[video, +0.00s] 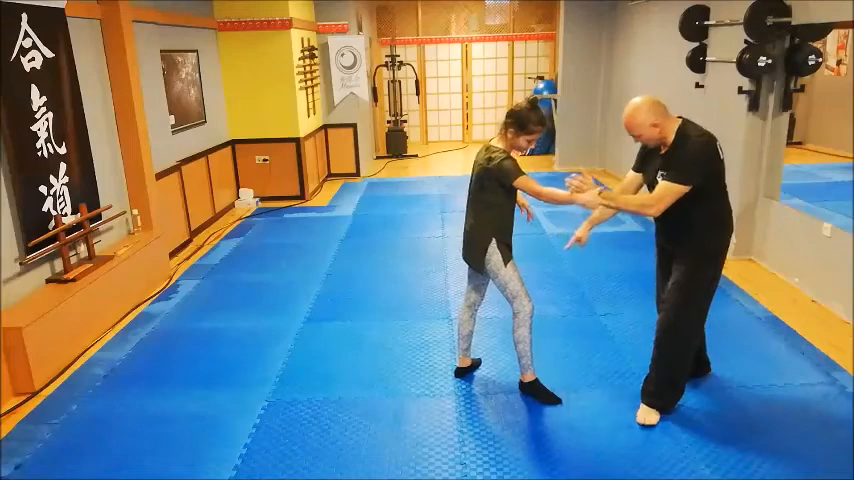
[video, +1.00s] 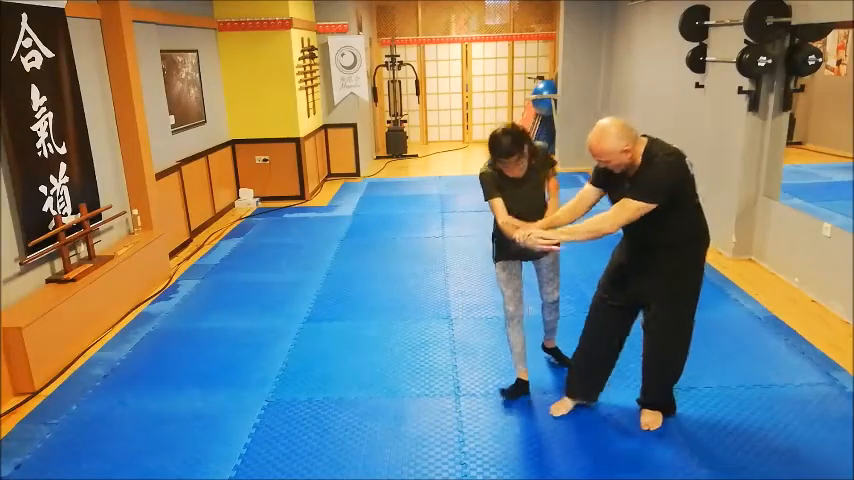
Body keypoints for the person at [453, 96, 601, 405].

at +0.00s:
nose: (531, 146)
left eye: (534, 141)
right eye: (528, 141)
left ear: (511, 130)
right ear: (511, 131)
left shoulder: (489, 150)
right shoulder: (503, 163)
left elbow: (499, 181)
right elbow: (541, 193)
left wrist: (517, 199)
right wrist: (580, 198)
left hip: (475, 238)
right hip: (490, 243)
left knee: (472, 301)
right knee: (522, 306)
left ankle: (463, 361)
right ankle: (528, 378)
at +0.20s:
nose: (531, 148)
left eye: (534, 144)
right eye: (529, 143)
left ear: (512, 132)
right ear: (512, 134)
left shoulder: (491, 148)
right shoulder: (503, 163)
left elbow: (502, 181)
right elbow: (537, 197)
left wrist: (520, 199)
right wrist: (573, 205)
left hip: (476, 238)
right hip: (489, 244)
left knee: (471, 302)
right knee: (522, 306)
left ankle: (463, 361)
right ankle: (528, 379)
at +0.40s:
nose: (531, 151)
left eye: (534, 146)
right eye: (527, 146)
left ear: (537, 136)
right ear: (511, 137)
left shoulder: (503, 153)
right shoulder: (503, 166)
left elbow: (519, 192)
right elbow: (532, 202)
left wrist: (536, 209)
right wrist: (566, 210)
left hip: (490, 239)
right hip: (495, 244)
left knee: (486, 303)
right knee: (525, 308)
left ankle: (466, 361)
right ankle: (527, 379)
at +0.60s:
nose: (526, 155)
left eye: (531, 149)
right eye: (520, 149)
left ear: (537, 140)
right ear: (506, 139)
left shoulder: (526, 157)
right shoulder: (499, 169)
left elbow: (532, 190)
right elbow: (522, 208)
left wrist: (556, 207)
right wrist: (556, 221)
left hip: (523, 237)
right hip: (502, 242)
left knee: (534, 294)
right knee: (524, 306)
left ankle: (490, 339)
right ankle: (527, 379)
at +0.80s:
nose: (520, 160)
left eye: (525, 153)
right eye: (513, 155)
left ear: (532, 145)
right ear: (502, 149)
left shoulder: (538, 159)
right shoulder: (496, 172)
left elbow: (547, 193)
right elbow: (514, 215)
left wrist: (550, 217)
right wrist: (539, 228)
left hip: (534, 231)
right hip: (504, 238)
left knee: (545, 296)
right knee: (518, 309)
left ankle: (543, 347)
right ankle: (523, 378)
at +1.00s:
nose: (514, 170)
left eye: (518, 163)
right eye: (506, 166)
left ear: (526, 151)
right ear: (496, 160)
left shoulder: (542, 158)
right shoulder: (489, 176)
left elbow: (554, 203)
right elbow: (502, 220)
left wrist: (540, 227)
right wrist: (528, 239)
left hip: (545, 236)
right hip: (508, 241)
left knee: (551, 298)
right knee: (513, 311)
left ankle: (550, 343)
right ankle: (521, 377)